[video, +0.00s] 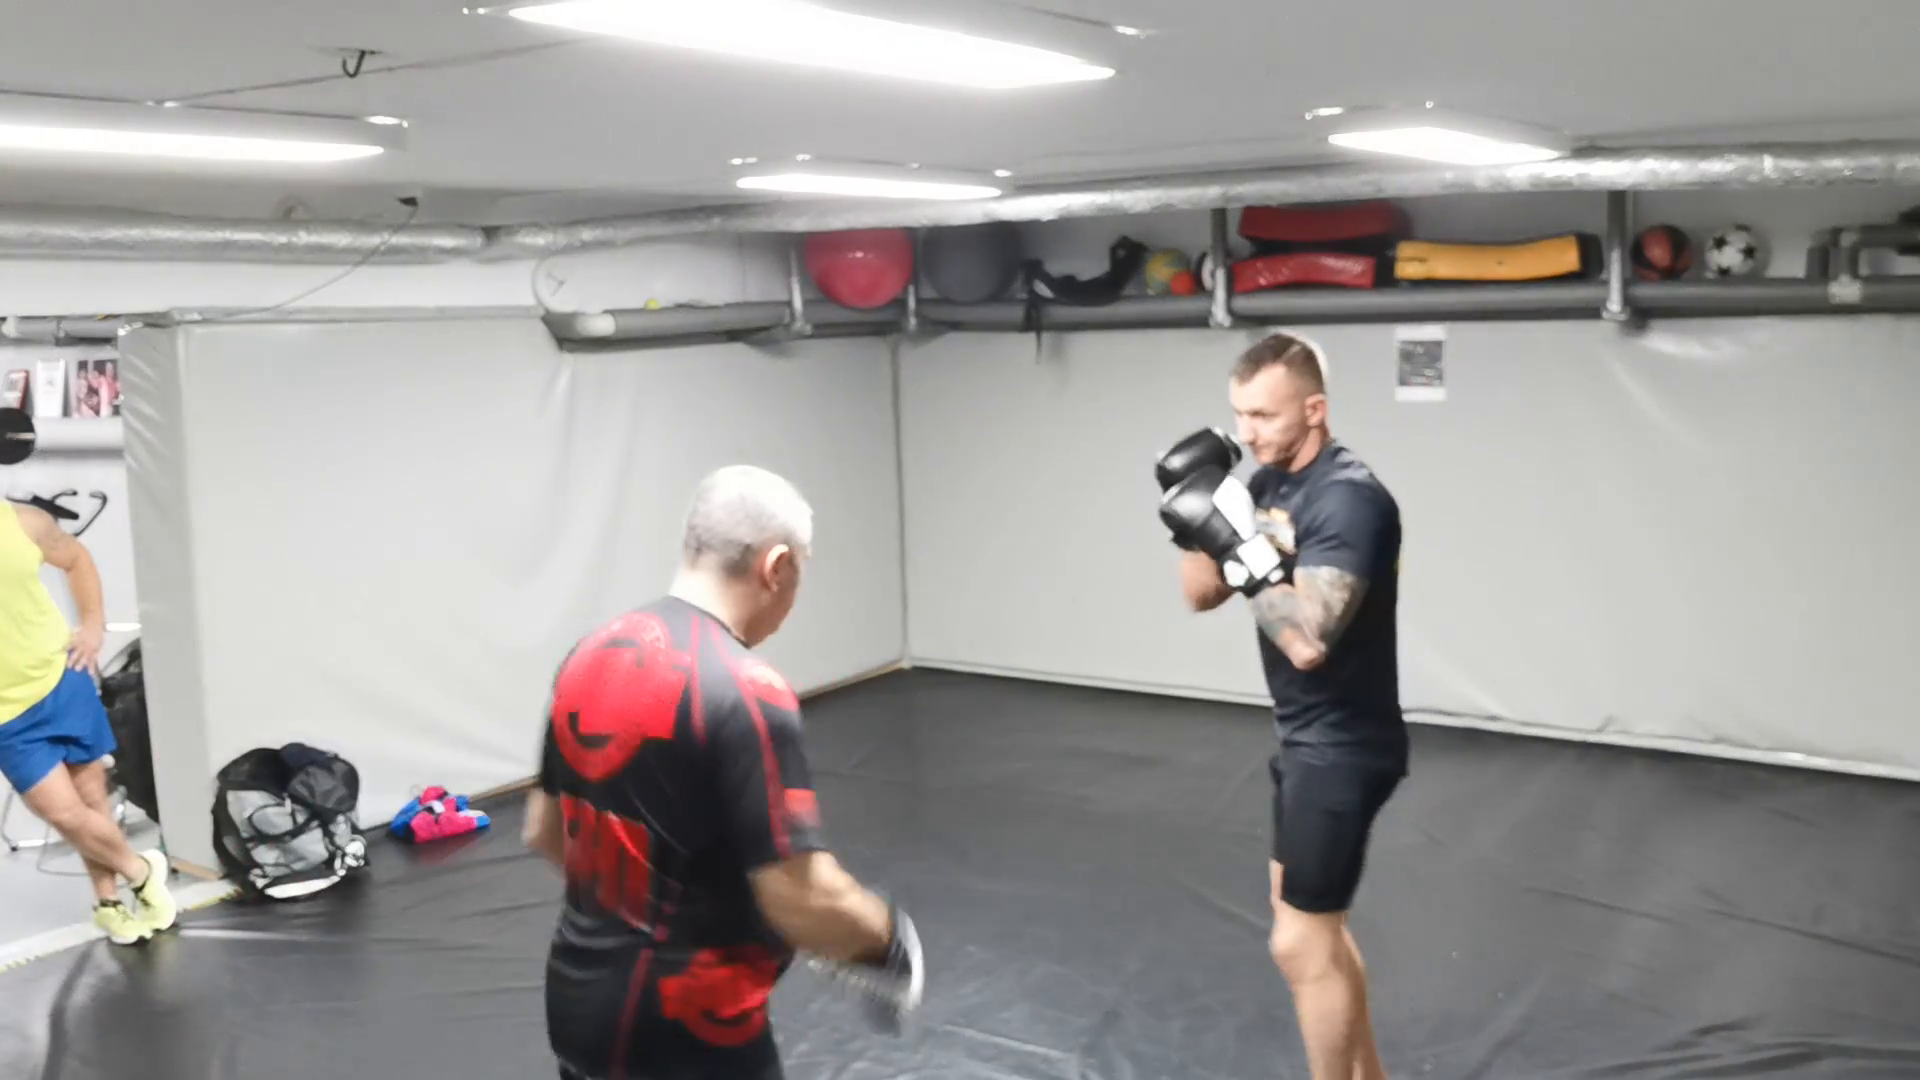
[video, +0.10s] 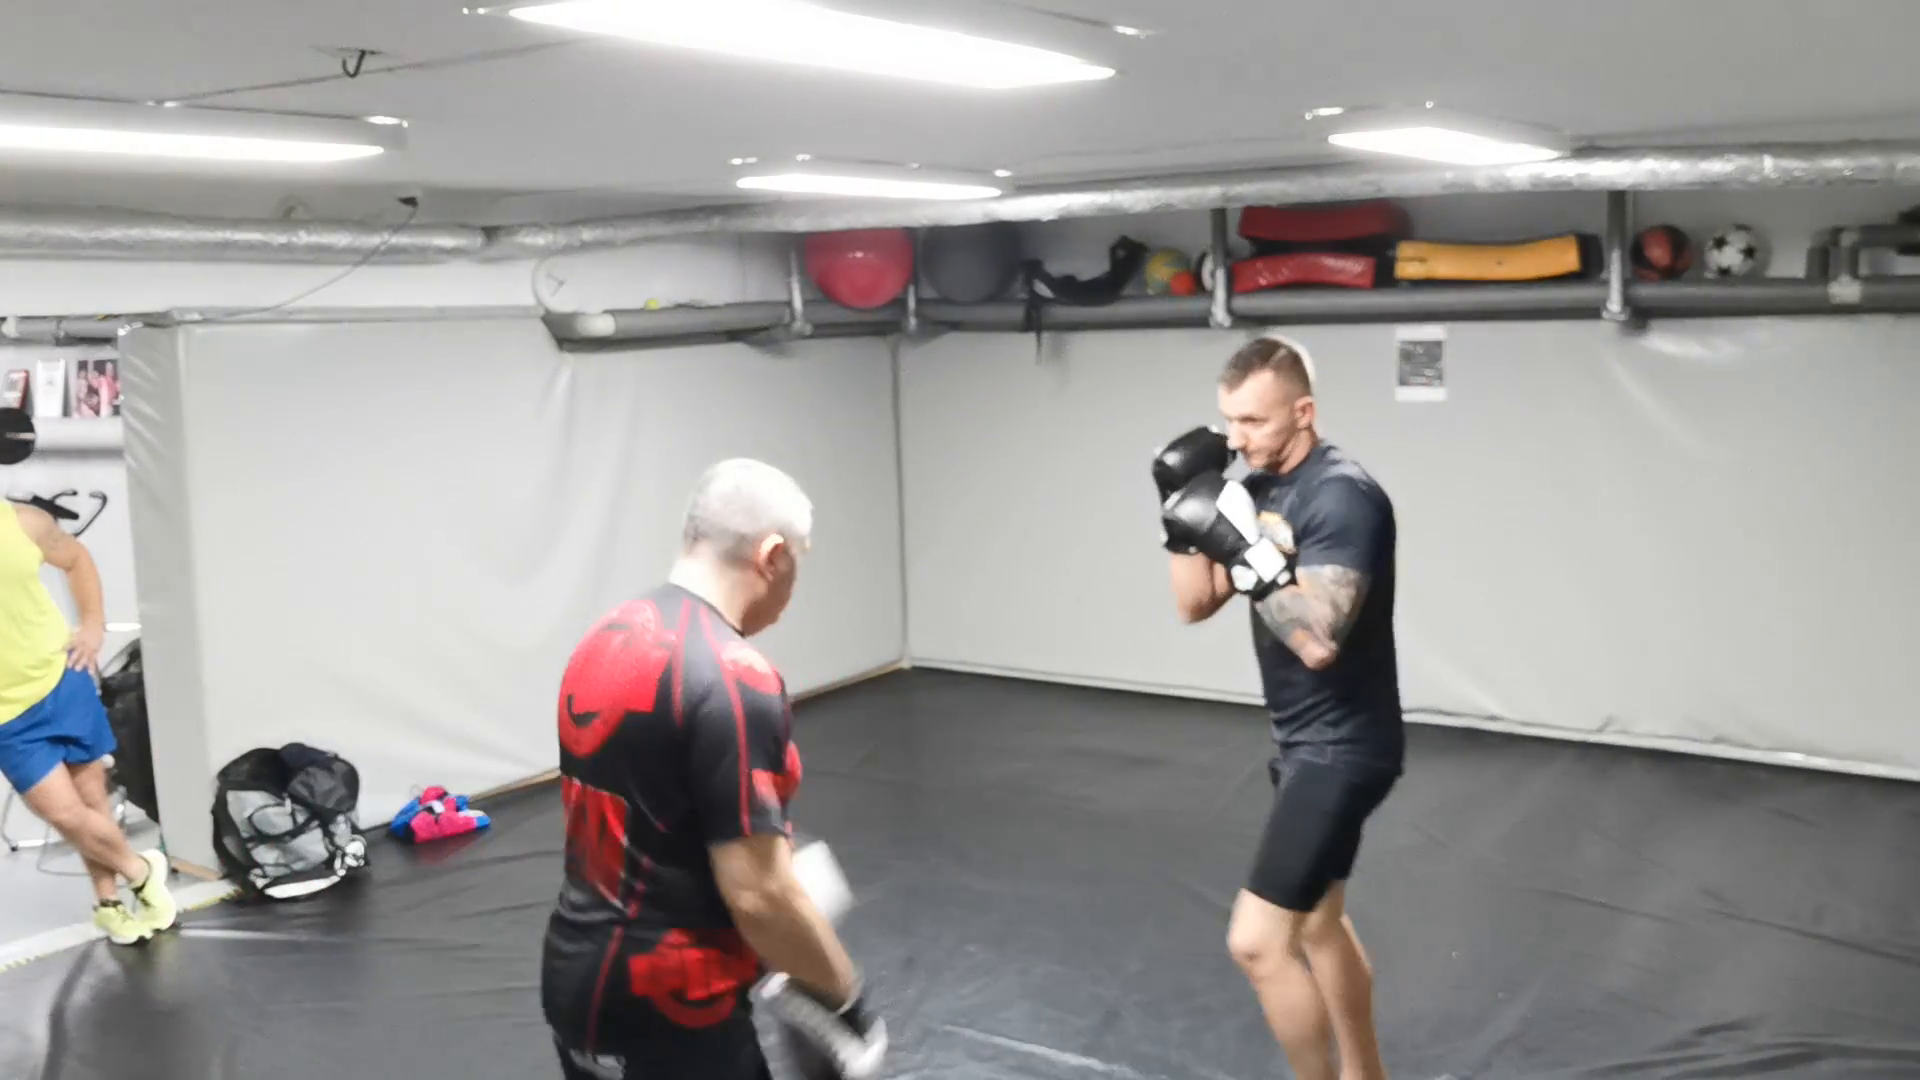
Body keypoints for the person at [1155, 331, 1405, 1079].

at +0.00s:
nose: (1247, 434)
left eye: (1262, 415)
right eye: (1241, 415)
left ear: (1314, 410)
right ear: (1240, 413)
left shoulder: (1350, 498)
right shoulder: (1268, 481)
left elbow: (1308, 641)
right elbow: (1201, 590)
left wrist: (1245, 551)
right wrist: (1200, 506)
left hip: (1342, 748)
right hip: (1301, 737)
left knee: (1303, 951)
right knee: (1302, 921)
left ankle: (1338, 1079)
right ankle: (1366, 1070)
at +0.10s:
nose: (1236, 439)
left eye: (1252, 421)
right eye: (1230, 421)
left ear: (1302, 414)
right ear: (1227, 418)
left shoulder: (1345, 495)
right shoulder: (1258, 488)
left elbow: (1319, 640)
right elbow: (1194, 602)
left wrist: (1248, 556)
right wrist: (1188, 506)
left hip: (1344, 745)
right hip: (1301, 739)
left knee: (1257, 942)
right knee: (1320, 928)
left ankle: (1321, 1073)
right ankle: (1363, 1072)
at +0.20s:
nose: (1226, 440)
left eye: (1241, 422)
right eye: (1219, 422)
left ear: (1292, 413)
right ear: (1216, 419)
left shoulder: (1341, 495)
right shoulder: (1250, 494)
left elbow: (1331, 640)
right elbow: (1198, 615)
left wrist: (1252, 558)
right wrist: (1180, 519)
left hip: (1342, 742)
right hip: (1294, 738)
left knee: (1246, 938)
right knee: (1321, 926)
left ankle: (1296, 1074)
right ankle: (1365, 1072)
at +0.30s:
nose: (1218, 446)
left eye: (1233, 427)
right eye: (1211, 428)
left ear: (1285, 419)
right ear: (1208, 425)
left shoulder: (1333, 501)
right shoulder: (1242, 501)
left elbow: (1322, 644)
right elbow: (1191, 622)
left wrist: (1244, 566)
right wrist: (1171, 535)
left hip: (1331, 754)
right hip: (1287, 747)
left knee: (1265, 959)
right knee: (1318, 930)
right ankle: (1363, 1071)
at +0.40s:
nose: (1210, 452)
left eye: (1224, 433)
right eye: (1203, 434)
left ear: (1277, 425)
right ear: (1201, 432)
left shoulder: (1318, 505)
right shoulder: (1241, 507)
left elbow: (1283, 647)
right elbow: (1173, 623)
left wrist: (1220, 567)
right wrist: (1154, 537)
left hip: (1332, 765)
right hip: (1290, 758)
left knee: (1281, 979)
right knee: (1301, 930)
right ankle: (1361, 1070)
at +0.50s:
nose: (1199, 472)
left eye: (1215, 452)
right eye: (1192, 455)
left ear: (1270, 446)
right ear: (1188, 454)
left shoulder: (1317, 523)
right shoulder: (1236, 524)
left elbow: (1277, 664)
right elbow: (1155, 627)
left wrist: (1216, 573)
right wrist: (1151, 523)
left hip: (1340, 774)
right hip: (1293, 769)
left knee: (1207, 969)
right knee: (1297, 943)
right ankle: (1372, 1073)